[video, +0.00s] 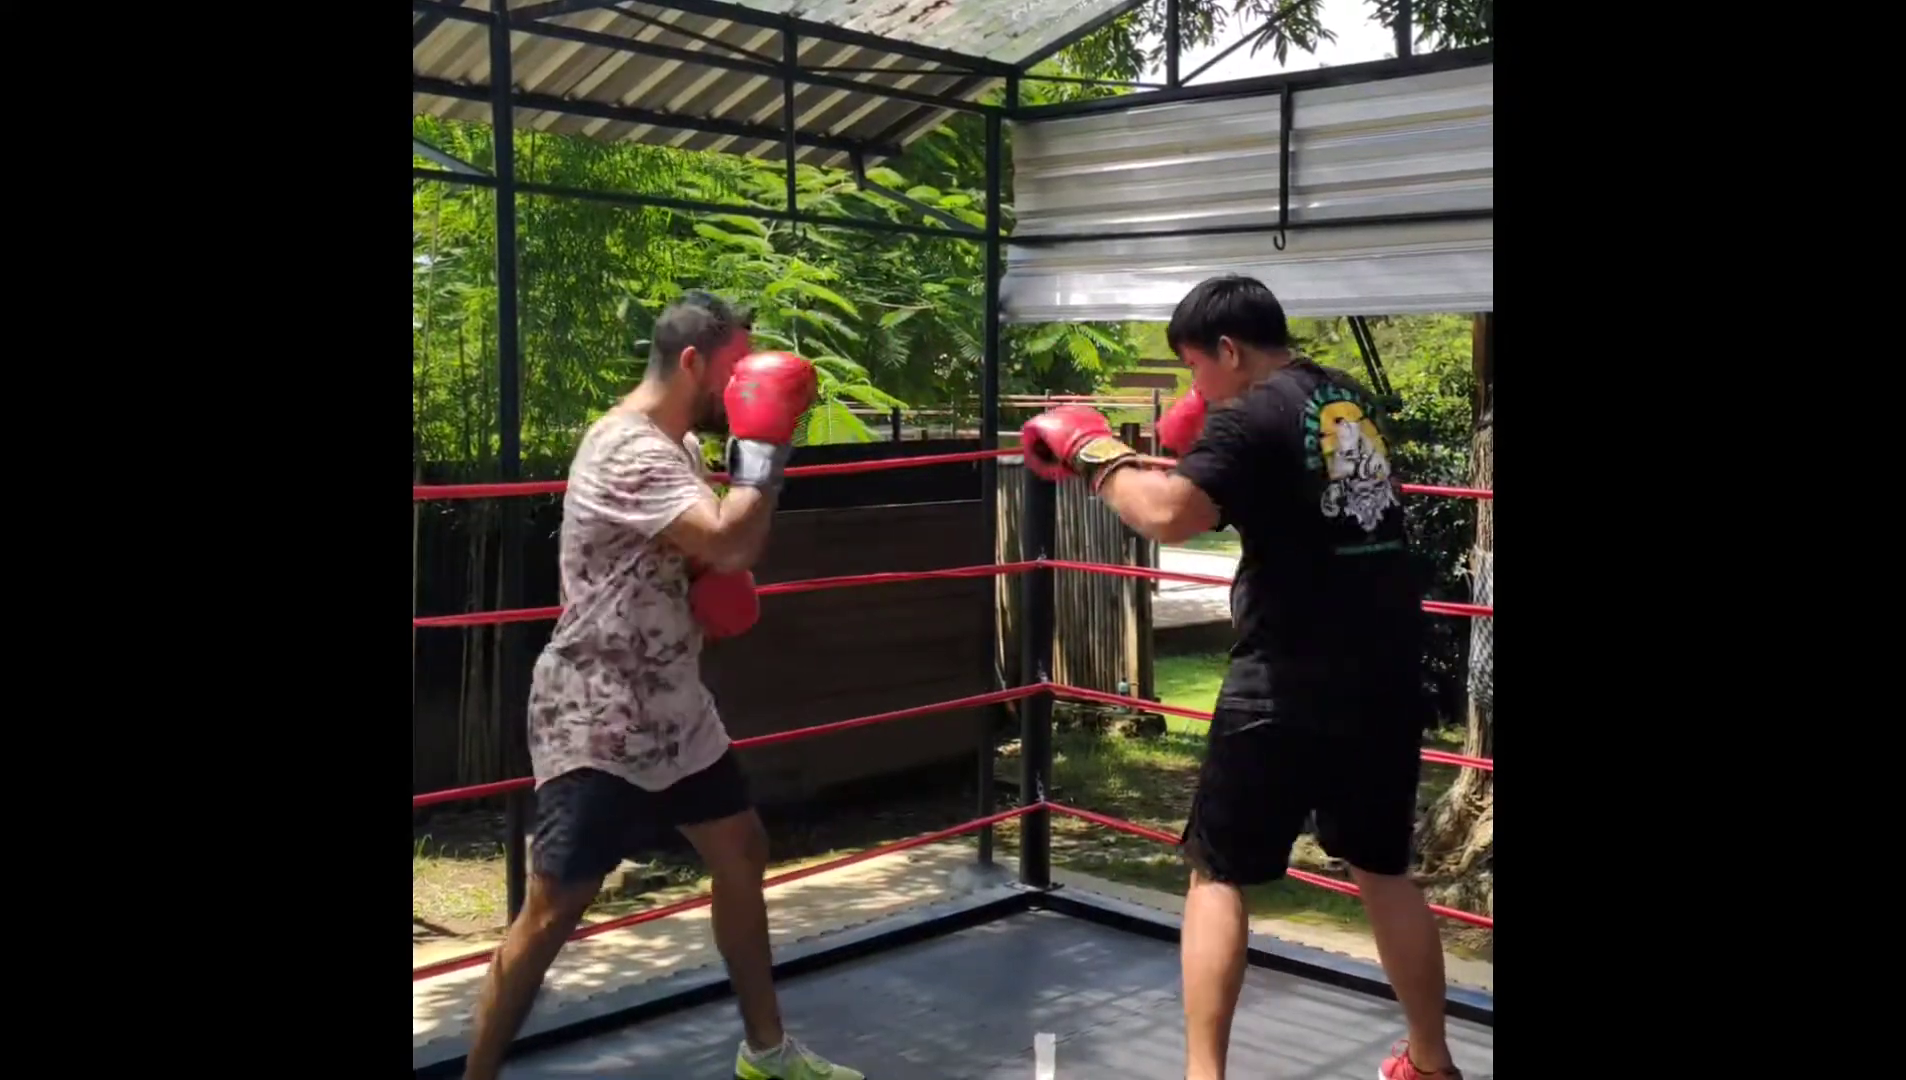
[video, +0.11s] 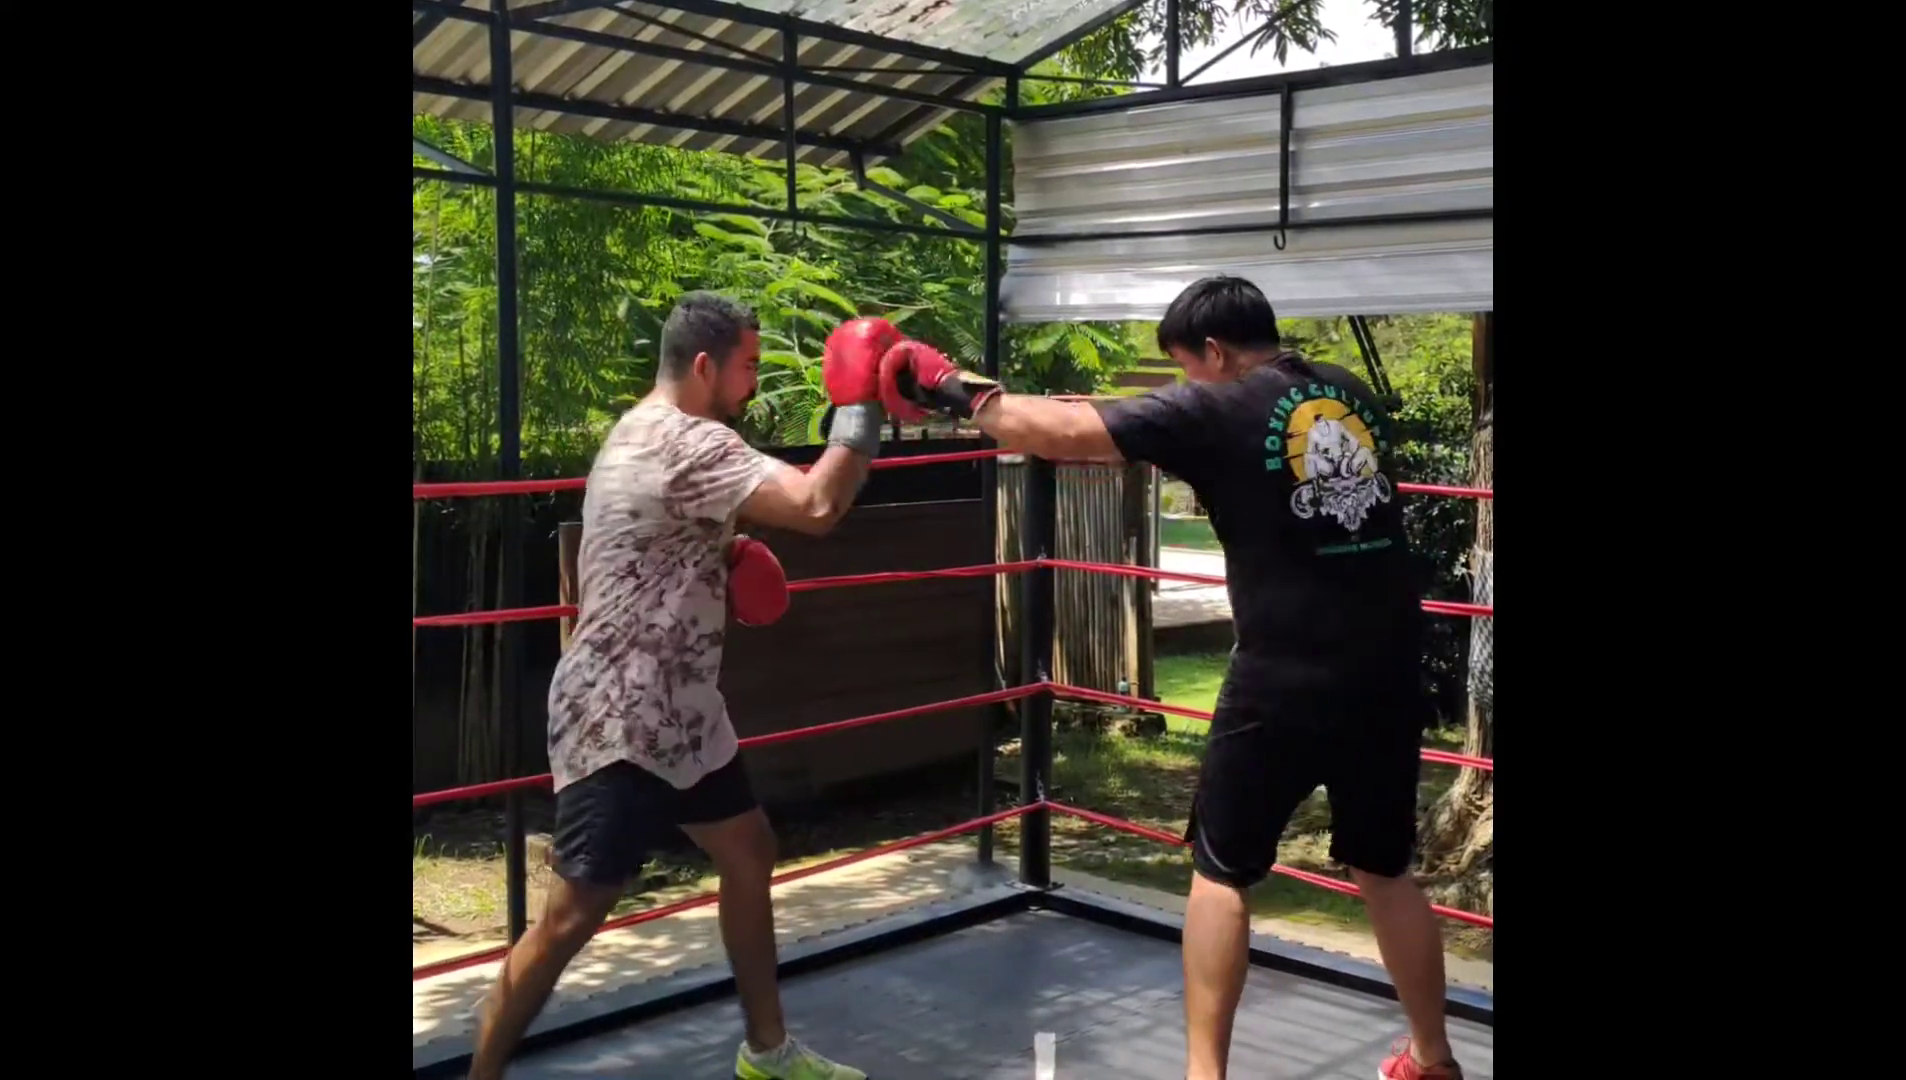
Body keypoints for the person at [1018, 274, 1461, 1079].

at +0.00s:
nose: (1193, 387)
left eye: (1191, 367)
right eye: (1187, 371)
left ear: (1230, 350)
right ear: (1274, 342)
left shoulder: (1254, 416)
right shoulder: (1346, 397)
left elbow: (1168, 512)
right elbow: (1290, 490)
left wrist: (1094, 453)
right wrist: (1203, 446)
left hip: (1281, 685)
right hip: (1385, 681)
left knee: (1218, 872)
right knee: (1387, 870)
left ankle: (1204, 1070)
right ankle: (1432, 1059)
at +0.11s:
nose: (1184, 380)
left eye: (1183, 365)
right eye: (1178, 367)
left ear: (1217, 351)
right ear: (1270, 340)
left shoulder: (1214, 409)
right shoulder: (1345, 393)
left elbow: (1064, 433)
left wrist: (952, 389)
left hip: (1281, 678)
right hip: (1386, 678)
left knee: (1222, 871)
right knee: (1389, 867)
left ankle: (1206, 1068)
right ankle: (1434, 1054)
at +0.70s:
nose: (1235, 381)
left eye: (1236, 362)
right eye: (1227, 368)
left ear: (1280, 341)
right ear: (1297, 340)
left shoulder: (1318, 420)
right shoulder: (1357, 398)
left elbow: (1261, 558)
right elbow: (1283, 536)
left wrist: (1212, 455)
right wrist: (1232, 449)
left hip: (1333, 687)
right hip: (1392, 681)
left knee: (1282, 884)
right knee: (1387, 869)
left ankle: (1256, 1072)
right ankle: (1435, 1060)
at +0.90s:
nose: (1232, 383)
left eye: (1232, 365)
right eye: (1225, 370)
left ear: (1273, 346)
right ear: (1296, 342)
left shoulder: (1317, 422)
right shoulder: (1359, 399)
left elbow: (1261, 560)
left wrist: (1209, 454)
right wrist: (1233, 443)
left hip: (1328, 689)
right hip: (1397, 685)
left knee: (1254, 874)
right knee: (1386, 866)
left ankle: (1251, 1071)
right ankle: (1435, 1060)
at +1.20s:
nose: (1215, 383)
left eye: (1215, 366)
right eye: (1211, 369)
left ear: (1249, 350)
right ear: (1297, 342)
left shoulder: (1264, 411)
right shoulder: (1367, 387)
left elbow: (1151, 475)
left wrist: (1104, 392)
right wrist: (1227, 419)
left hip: (1316, 676)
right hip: (1416, 674)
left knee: (1249, 868)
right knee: (1399, 862)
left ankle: (1231, 1069)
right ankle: (1438, 1055)